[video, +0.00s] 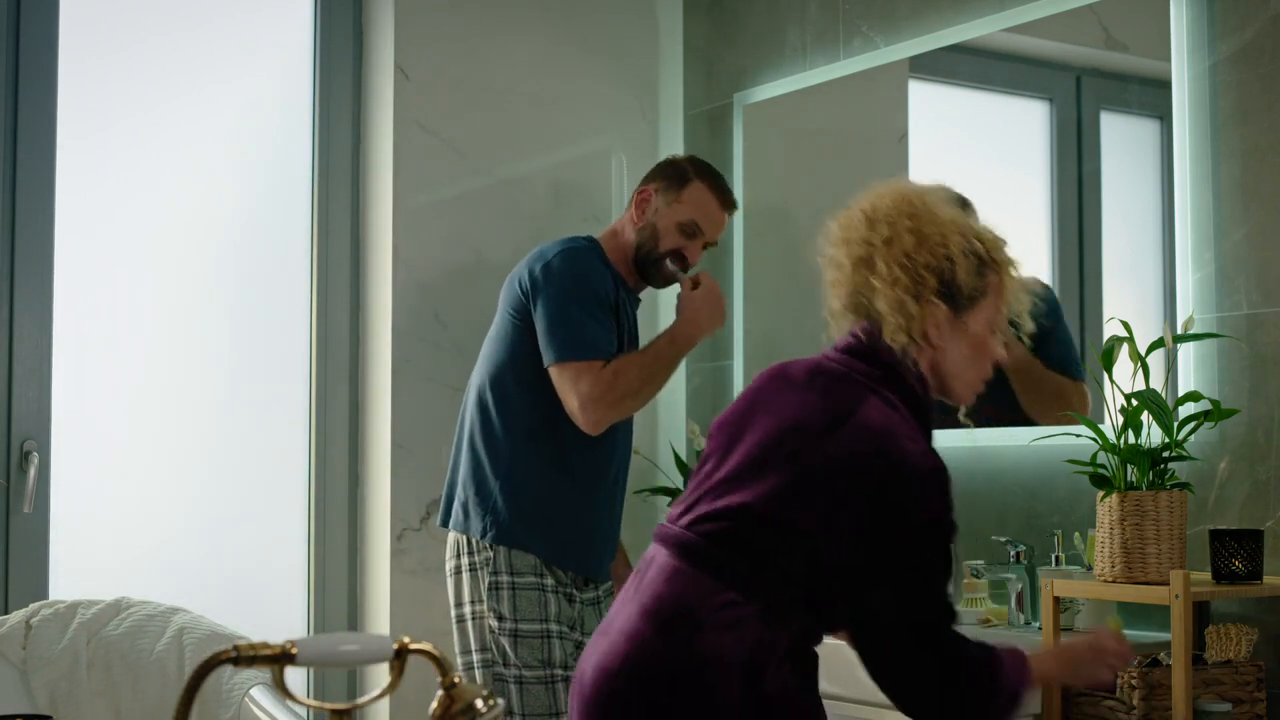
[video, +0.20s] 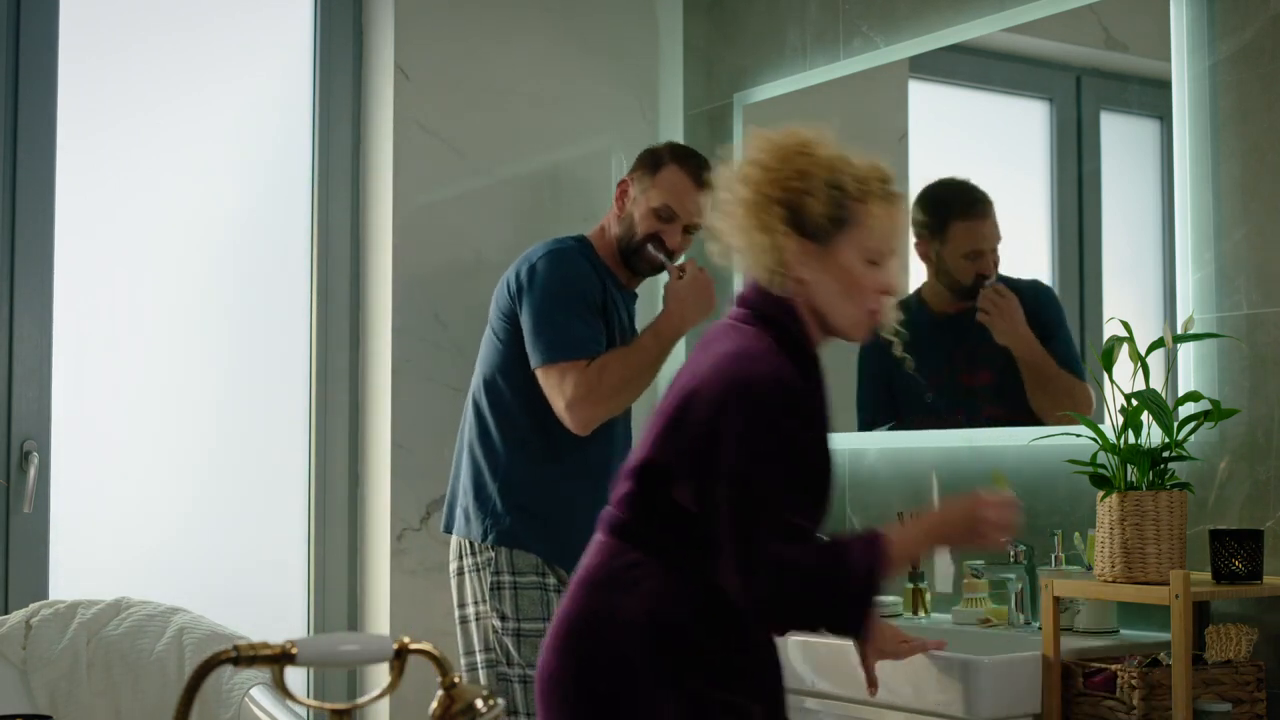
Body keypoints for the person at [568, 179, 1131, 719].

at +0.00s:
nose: (999, 353)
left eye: (1001, 330)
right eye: (992, 328)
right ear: (933, 322)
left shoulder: (779, 384)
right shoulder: (898, 459)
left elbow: (693, 529)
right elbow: (928, 679)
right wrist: (1058, 663)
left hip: (616, 672)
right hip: (729, 694)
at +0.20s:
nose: (889, 287)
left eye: (892, 265)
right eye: (873, 261)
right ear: (800, 256)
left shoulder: (766, 359)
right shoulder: (758, 372)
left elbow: (758, 560)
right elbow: (765, 581)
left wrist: (858, 621)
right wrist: (926, 534)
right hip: (638, 678)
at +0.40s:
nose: (736, 240)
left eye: (753, 222)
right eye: (713, 216)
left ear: (768, 233)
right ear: (656, 220)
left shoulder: (745, 364)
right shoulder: (598, 347)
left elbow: (767, 515)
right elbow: (579, 518)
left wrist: (854, 603)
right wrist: (721, 434)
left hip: (683, 629)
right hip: (569, 629)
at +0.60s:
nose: (608, 208)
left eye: (635, 190)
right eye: (593, 186)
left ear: (675, 210)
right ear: (571, 197)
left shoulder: (708, 349)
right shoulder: (514, 325)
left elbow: (756, 492)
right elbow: (438, 486)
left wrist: (848, 562)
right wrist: (514, 387)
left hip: (645, 642)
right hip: (518, 631)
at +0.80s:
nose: (519, 196)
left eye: (549, 180)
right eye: (514, 177)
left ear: (605, 203)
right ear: (500, 187)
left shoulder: (652, 340)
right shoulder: (449, 324)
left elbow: (703, 472)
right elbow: (365, 472)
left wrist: (744, 501)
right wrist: (382, 360)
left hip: (594, 611)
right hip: (466, 608)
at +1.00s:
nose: (451, 192)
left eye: (480, 177)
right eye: (450, 174)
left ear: (537, 208)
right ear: (440, 184)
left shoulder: (579, 343)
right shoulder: (382, 320)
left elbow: (630, 507)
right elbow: (288, 447)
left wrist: (581, 442)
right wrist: (287, 328)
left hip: (520, 621)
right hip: (390, 618)